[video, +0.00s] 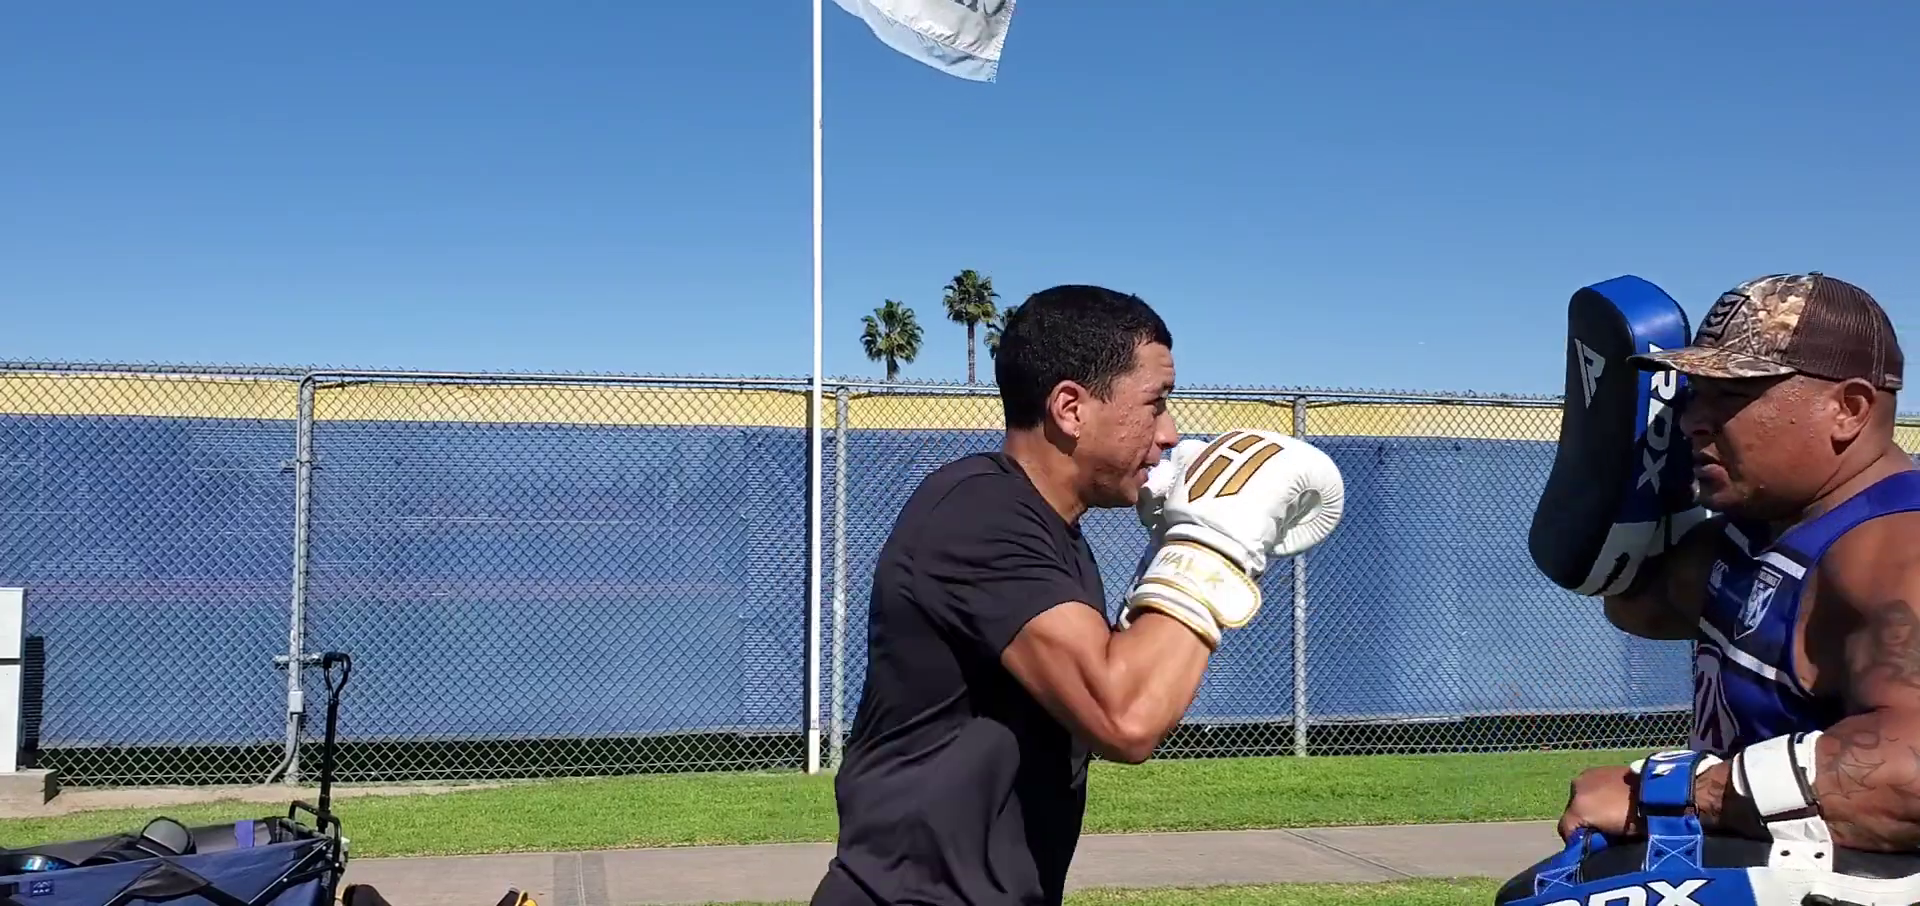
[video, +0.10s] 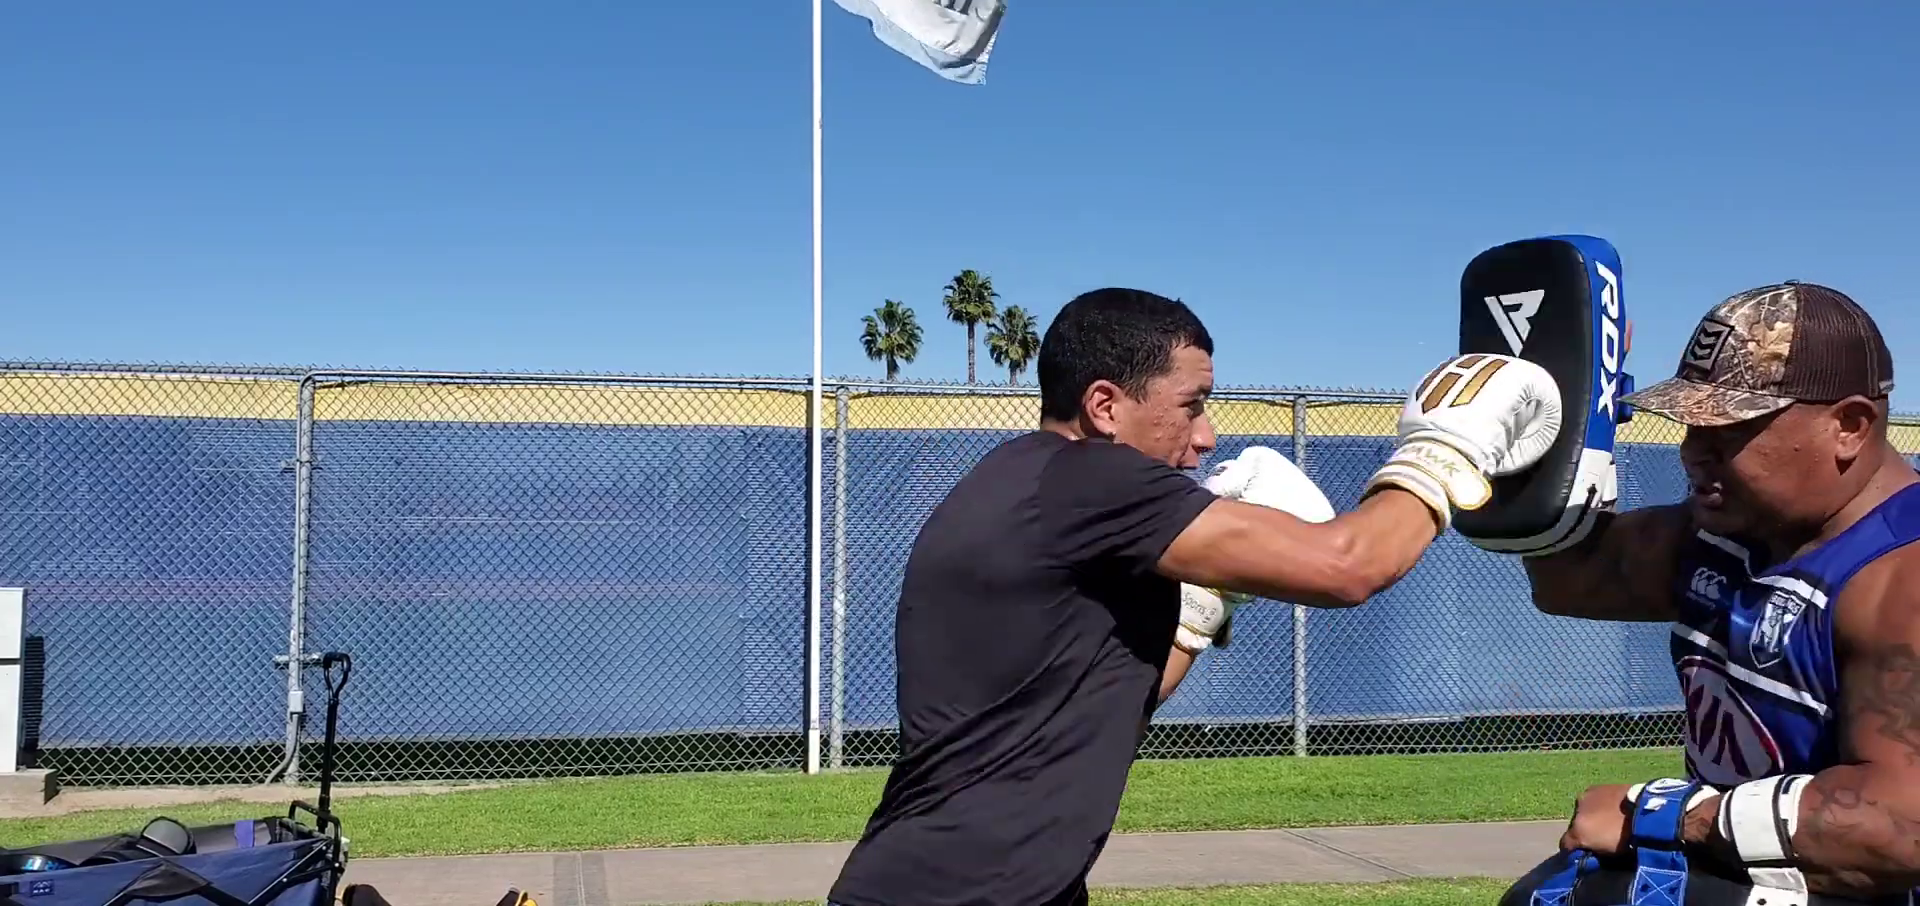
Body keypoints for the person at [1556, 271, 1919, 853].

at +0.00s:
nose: (1693, 422)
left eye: (1731, 394)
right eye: (1696, 394)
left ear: (1848, 410)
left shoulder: (1887, 552)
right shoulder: (1755, 528)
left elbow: (1901, 774)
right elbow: (1643, 604)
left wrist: (1661, 789)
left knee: (1546, 894)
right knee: (1535, 884)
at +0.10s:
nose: (1692, 453)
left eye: (1728, 431)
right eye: (1693, 424)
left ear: (1848, 430)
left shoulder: (1902, 585)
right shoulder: (1732, 528)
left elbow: (1897, 827)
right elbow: (1570, 576)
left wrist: (1666, 811)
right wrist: (1545, 429)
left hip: (1840, 884)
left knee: (1558, 891)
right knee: (1547, 882)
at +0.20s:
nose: (1712, 436)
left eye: (1751, 415)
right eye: (1714, 407)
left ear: (1873, 425)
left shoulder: (1899, 587)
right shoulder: (1762, 517)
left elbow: (1903, 824)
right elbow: (1632, 579)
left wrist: (1682, 828)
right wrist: (1552, 484)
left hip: (1832, 883)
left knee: (1574, 886)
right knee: (1568, 881)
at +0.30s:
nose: (1737, 420)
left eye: (1777, 399)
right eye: (1744, 391)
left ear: (1895, 431)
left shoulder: (1906, 587)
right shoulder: (1779, 526)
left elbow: (1907, 815)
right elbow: (1694, 626)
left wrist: (1696, 793)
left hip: (1877, 875)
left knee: (1577, 863)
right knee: (1555, 848)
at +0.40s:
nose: (1752, 422)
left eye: (1792, 399)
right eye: (1755, 395)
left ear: (1903, 427)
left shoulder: (1907, 576)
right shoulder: (1797, 542)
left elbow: (1909, 796)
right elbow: (1730, 671)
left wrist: (1728, 721)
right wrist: (1653, 593)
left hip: (1867, 894)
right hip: (1772, 886)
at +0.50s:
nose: (1763, 414)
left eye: (1801, 388)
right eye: (1762, 390)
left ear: (1908, 406)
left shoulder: (1909, 554)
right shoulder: (1807, 540)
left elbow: (1908, 748)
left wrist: (1725, 687)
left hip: (1871, 886)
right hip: (1780, 881)